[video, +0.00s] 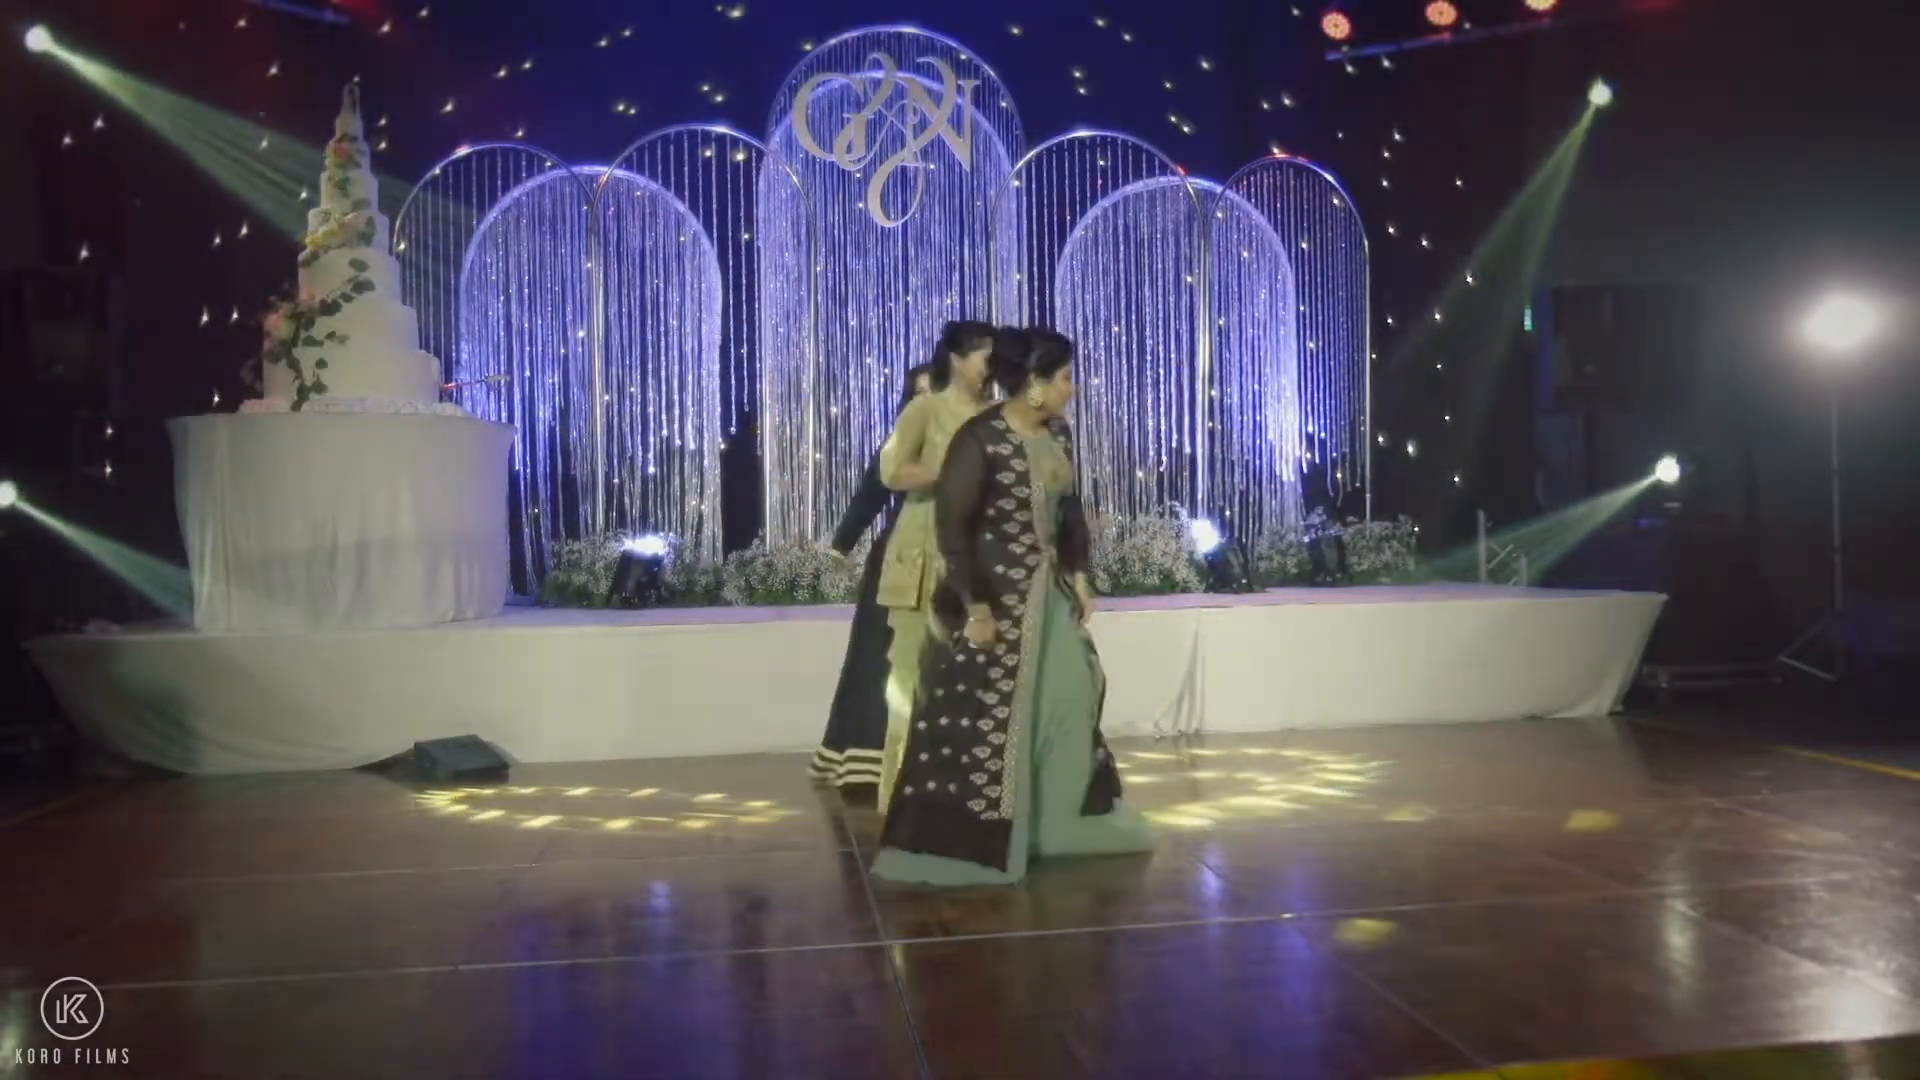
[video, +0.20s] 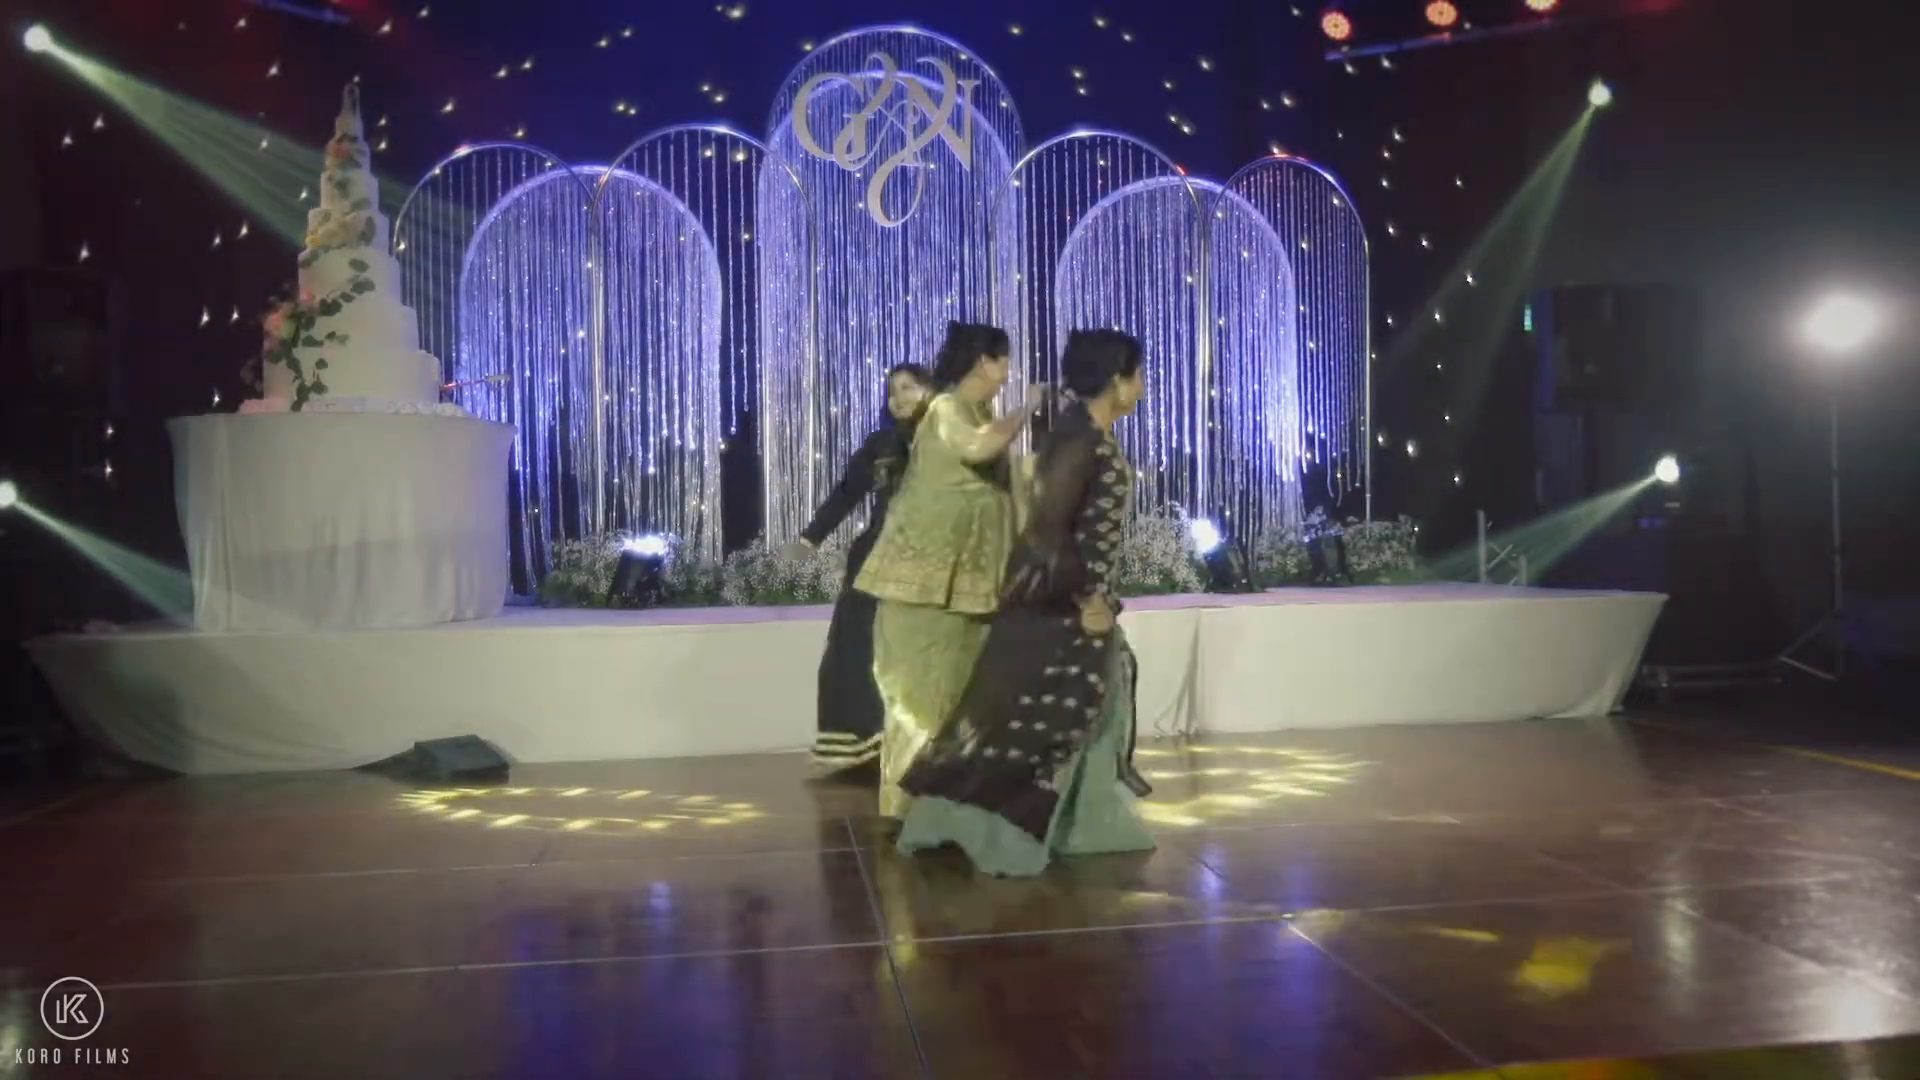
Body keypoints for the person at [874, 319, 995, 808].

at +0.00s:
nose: (988, 366)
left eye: (992, 358)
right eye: (981, 357)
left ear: (991, 362)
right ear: (956, 359)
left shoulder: (996, 415)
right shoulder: (924, 409)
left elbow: (1008, 478)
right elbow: (892, 471)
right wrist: (951, 477)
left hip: (976, 565)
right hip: (918, 565)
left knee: (969, 685)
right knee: (911, 685)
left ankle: (960, 799)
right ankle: (898, 798)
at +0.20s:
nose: (1007, 374)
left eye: (1006, 364)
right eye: (1002, 363)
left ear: (981, 365)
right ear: (979, 362)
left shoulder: (984, 423)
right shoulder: (946, 410)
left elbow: (1023, 492)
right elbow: (975, 446)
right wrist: (1023, 412)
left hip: (968, 595)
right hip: (923, 592)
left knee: (959, 708)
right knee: (921, 704)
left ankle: (945, 816)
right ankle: (904, 814)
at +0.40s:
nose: (1011, 389)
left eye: (1010, 380)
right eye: (1010, 381)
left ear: (967, 378)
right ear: (999, 384)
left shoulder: (939, 427)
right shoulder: (994, 433)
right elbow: (1040, 488)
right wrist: (1076, 481)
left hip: (929, 577)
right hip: (979, 578)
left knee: (933, 680)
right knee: (983, 685)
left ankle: (906, 784)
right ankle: (953, 792)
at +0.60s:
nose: (1003, 391)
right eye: (1007, 383)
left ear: (966, 384)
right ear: (1011, 385)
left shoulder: (939, 435)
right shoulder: (1026, 439)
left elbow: (905, 513)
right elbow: (1053, 512)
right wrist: (1087, 533)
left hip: (944, 586)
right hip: (1007, 586)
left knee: (940, 684)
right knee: (1011, 687)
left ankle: (936, 793)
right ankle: (1006, 798)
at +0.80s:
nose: (962, 383)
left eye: (965, 375)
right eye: (964, 375)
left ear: (978, 375)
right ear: (1009, 377)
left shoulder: (965, 412)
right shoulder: (1031, 424)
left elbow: (927, 480)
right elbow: (1053, 505)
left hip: (978, 571)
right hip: (1037, 571)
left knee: (971, 678)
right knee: (1037, 677)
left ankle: (979, 791)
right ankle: (1045, 788)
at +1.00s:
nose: (959, 381)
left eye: (965, 372)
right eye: (959, 372)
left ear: (989, 372)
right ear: (993, 373)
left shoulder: (993, 413)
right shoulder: (1009, 412)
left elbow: (985, 476)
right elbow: (989, 482)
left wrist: (932, 493)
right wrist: (943, 490)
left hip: (1012, 574)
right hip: (1032, 570)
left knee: (995, 686)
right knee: (1033, 689)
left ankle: (1004, 795)